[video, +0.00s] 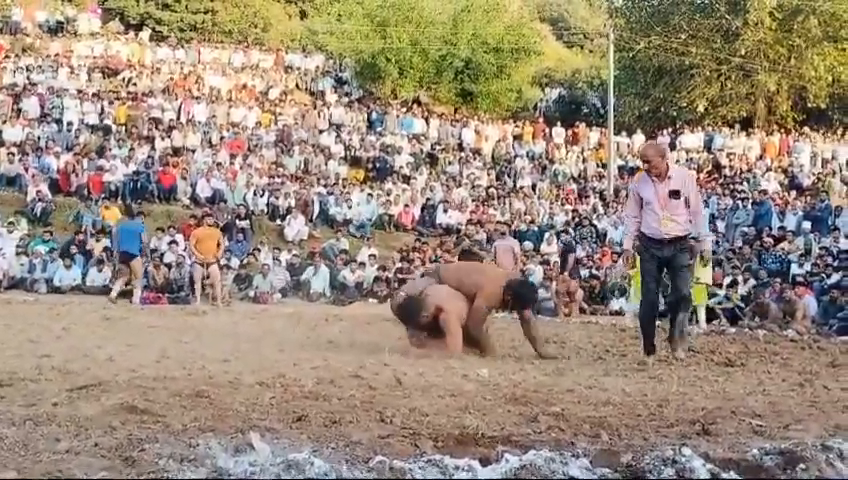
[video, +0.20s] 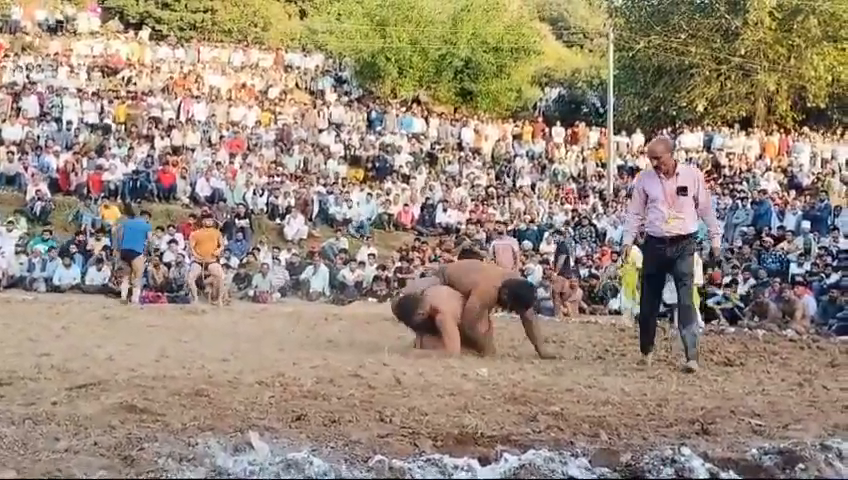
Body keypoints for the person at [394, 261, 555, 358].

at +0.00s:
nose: (519, 311)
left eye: (524, 309)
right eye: (519, 307)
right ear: (510, 298)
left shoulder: (517, 283)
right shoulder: (490, 291)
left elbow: (527, 321)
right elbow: (472, 329)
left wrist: (540, 350)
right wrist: (487, 351)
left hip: (457, 273)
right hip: (435, 276)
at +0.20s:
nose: (515, 312)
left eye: (521, 311)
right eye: (515, 309)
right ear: (507, 298)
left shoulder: (517, 282)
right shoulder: (485, 290)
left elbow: (529, 319)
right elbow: (466, 328)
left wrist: (541, 350)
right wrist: (483, 348)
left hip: (465, 276)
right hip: (440, 278)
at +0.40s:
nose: (491, 311)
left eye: (498, 309)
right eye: (491, 307)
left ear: (509, 295)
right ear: (486, 295)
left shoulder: (504, 286)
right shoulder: (469, 290)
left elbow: (518, 320)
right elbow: (454, 329)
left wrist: (539, 350)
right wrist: (481, 348)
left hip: (452, 280)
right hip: (427, 285)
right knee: (421, 330)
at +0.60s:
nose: (477, 302)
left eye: (482, 300)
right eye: (474, 299)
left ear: (490, 287)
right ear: (466, 287)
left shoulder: (490, 279)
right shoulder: (450, 285)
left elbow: (511, 311)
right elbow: (453, 329)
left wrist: (523, 347)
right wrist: (478, 341)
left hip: (459, 303)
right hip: (426, 301)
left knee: (484, 340)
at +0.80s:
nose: (470, 295)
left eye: (475, 293)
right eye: (468, 292)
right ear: (460, 281)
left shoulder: (481, 271)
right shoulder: (446, 280)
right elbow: (456, 328)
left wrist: (490, 325)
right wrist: (477, 334)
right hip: (410, 289)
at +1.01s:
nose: (475, 299)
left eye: (478, 296)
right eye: (475, 295)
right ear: (467, 289)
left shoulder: (468, 265)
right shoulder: (447, 289)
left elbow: (472, 296)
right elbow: (454, 330)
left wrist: (476, 318)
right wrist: (470, 327)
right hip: (393, 279)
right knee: (391, 329)